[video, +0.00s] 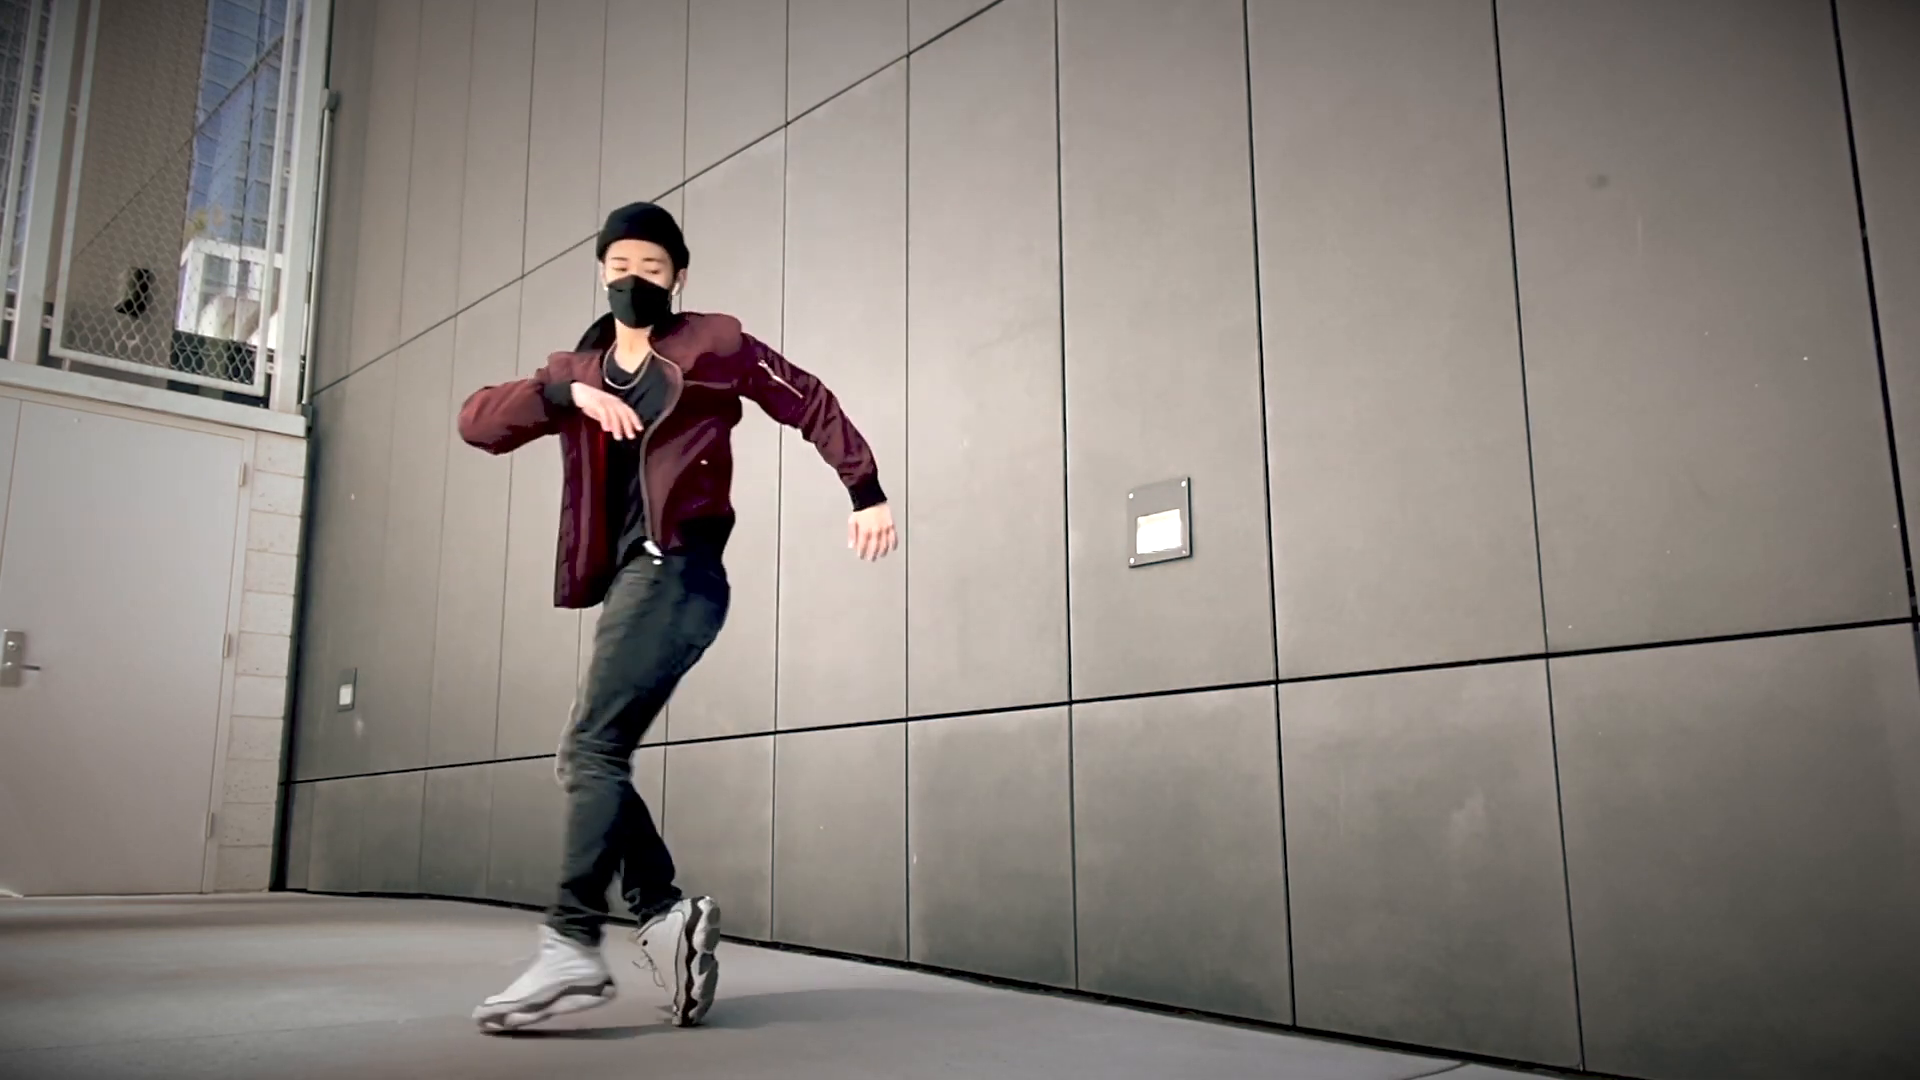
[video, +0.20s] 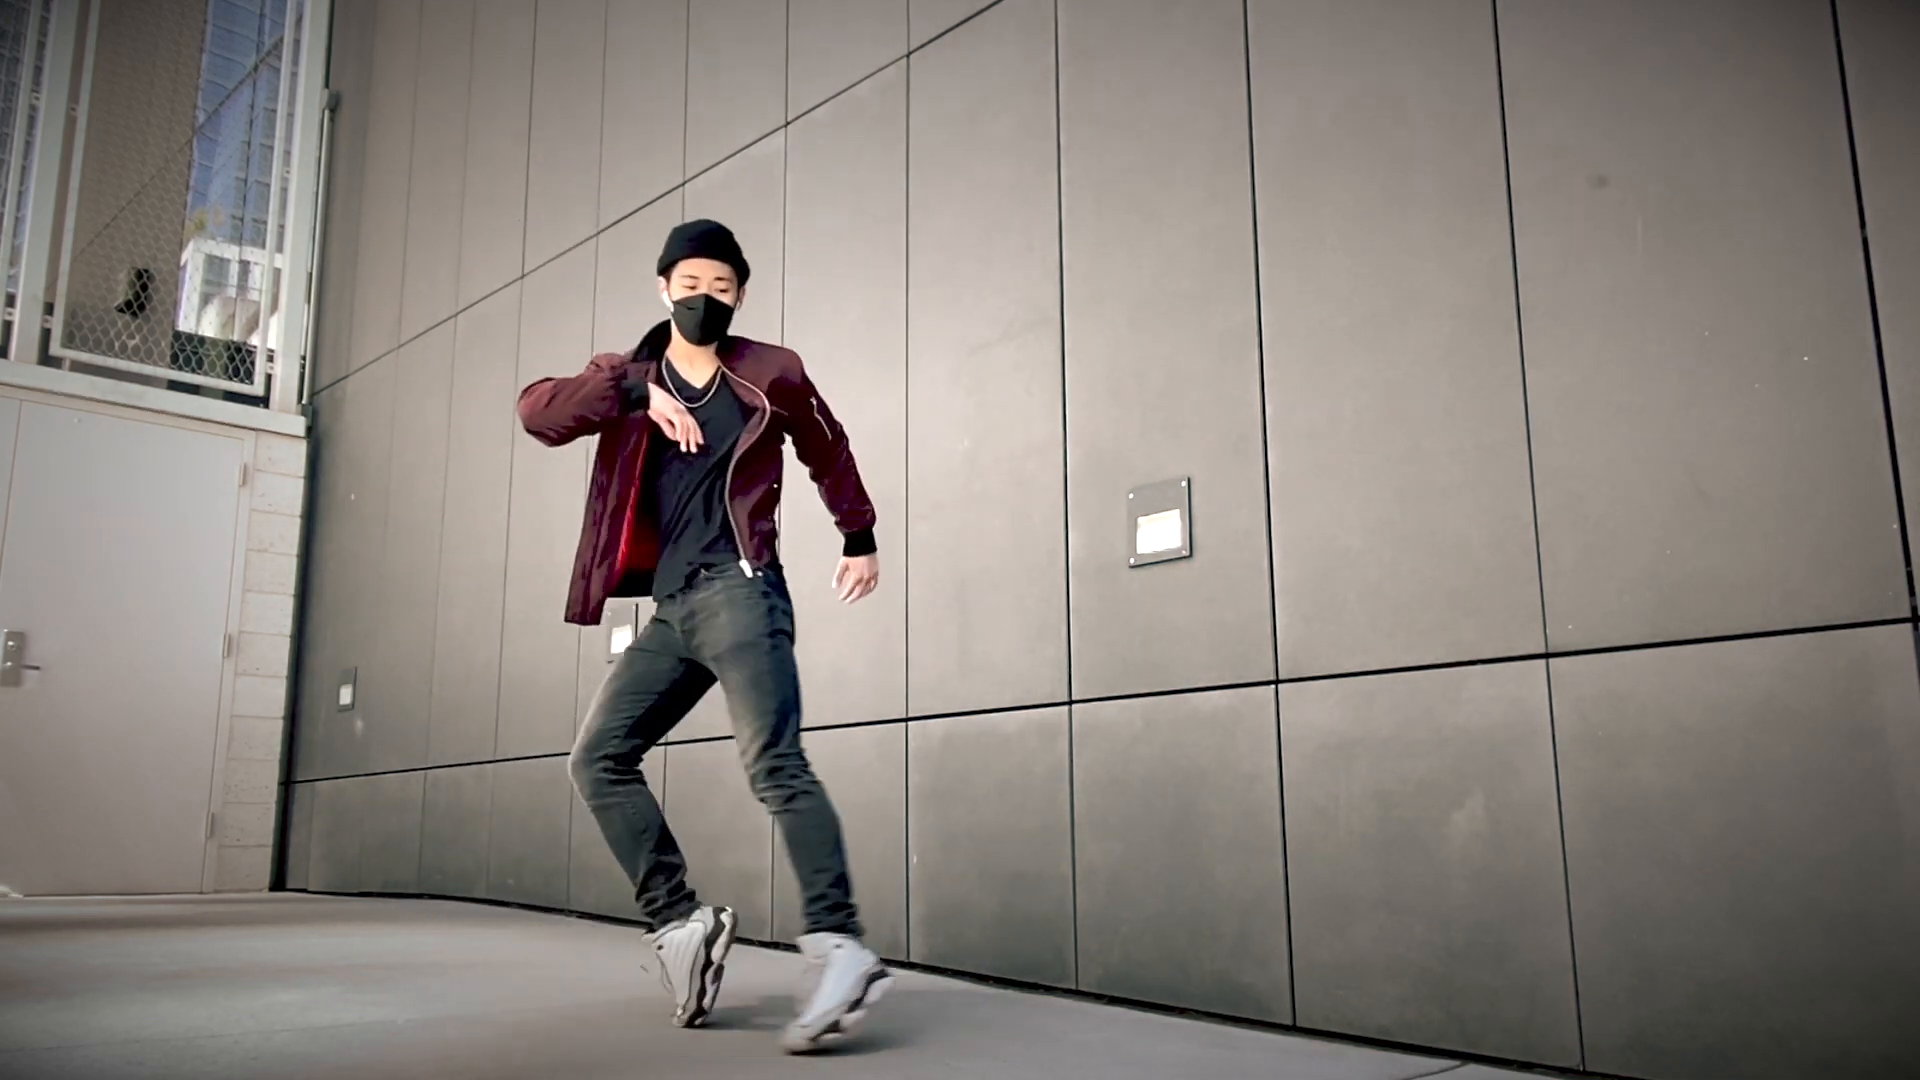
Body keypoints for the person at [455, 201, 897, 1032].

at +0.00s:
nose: (636, 271)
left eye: (652, 260)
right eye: (621, 259)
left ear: (677, 274)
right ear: (601, 272)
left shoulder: (713, 342)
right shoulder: (578, 367)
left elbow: (810, 404)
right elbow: (475, 424)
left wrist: (866, 492)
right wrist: (564, 390)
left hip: (673, 570)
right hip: (622, 574)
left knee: (594, 750)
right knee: (593, 756)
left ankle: (572, 946)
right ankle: (666, 920)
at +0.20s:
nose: (709, 291)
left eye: (723, 281)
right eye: (693, 279)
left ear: (738, 294)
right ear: (664, 288)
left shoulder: (773, 373)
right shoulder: (624, 375)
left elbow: (826, 453)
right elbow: (538, 416)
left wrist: (858, 540)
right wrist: (632, 389)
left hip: (740, 592)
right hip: (670, 611)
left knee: (773, 763)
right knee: (597, 760)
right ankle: (680, 929)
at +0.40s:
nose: (762, 304)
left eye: (776, 294)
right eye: (746, 291)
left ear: (793, 308)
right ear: (717, 301)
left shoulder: (823, 393)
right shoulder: (680, 386)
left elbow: (848, 498)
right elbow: (592, 398)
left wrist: (851, 590)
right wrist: (690, 387)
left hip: (802, 606)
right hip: (718, 616)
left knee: (850, 787)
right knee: (684, 781)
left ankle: (961, 928)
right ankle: (748, 939)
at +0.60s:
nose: (820, 311)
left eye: (833, 302)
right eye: (804, 301)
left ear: (849, 315)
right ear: (774, 315)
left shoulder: (878, 407)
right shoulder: (741, 401)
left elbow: (881, 513)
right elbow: (664, 415)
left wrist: (889, 592)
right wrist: (760, 398)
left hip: (875, 615)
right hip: (786, 627)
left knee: (950, 768)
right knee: (762, 801)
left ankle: (959, 933)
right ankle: (770, 962)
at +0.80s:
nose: (875, 315)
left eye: (886, 306)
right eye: (859, 304)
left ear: (897, 317)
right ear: (825, 314)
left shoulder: (922, 407)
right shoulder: (792, 398)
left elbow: (933, 510)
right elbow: (724, 443)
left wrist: (959, 604)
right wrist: (820, 420)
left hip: (937, 607)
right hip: (855, 611)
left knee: (1032, 756)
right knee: (827, 795)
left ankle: (985, 927)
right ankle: (777, 958)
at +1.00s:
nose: (924, 312)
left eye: (933, 304)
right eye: (907, 301)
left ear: (941, 319)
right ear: (869, 313)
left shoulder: (951, 405)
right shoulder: (836, 385)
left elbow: (966, 502)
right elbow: (756, 446)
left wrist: (969, 599)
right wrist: (839, 474)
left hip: (956, 614)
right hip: (885, 617)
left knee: (1022, 770)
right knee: (862, 793)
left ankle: (963, 932)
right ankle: (790, 954)